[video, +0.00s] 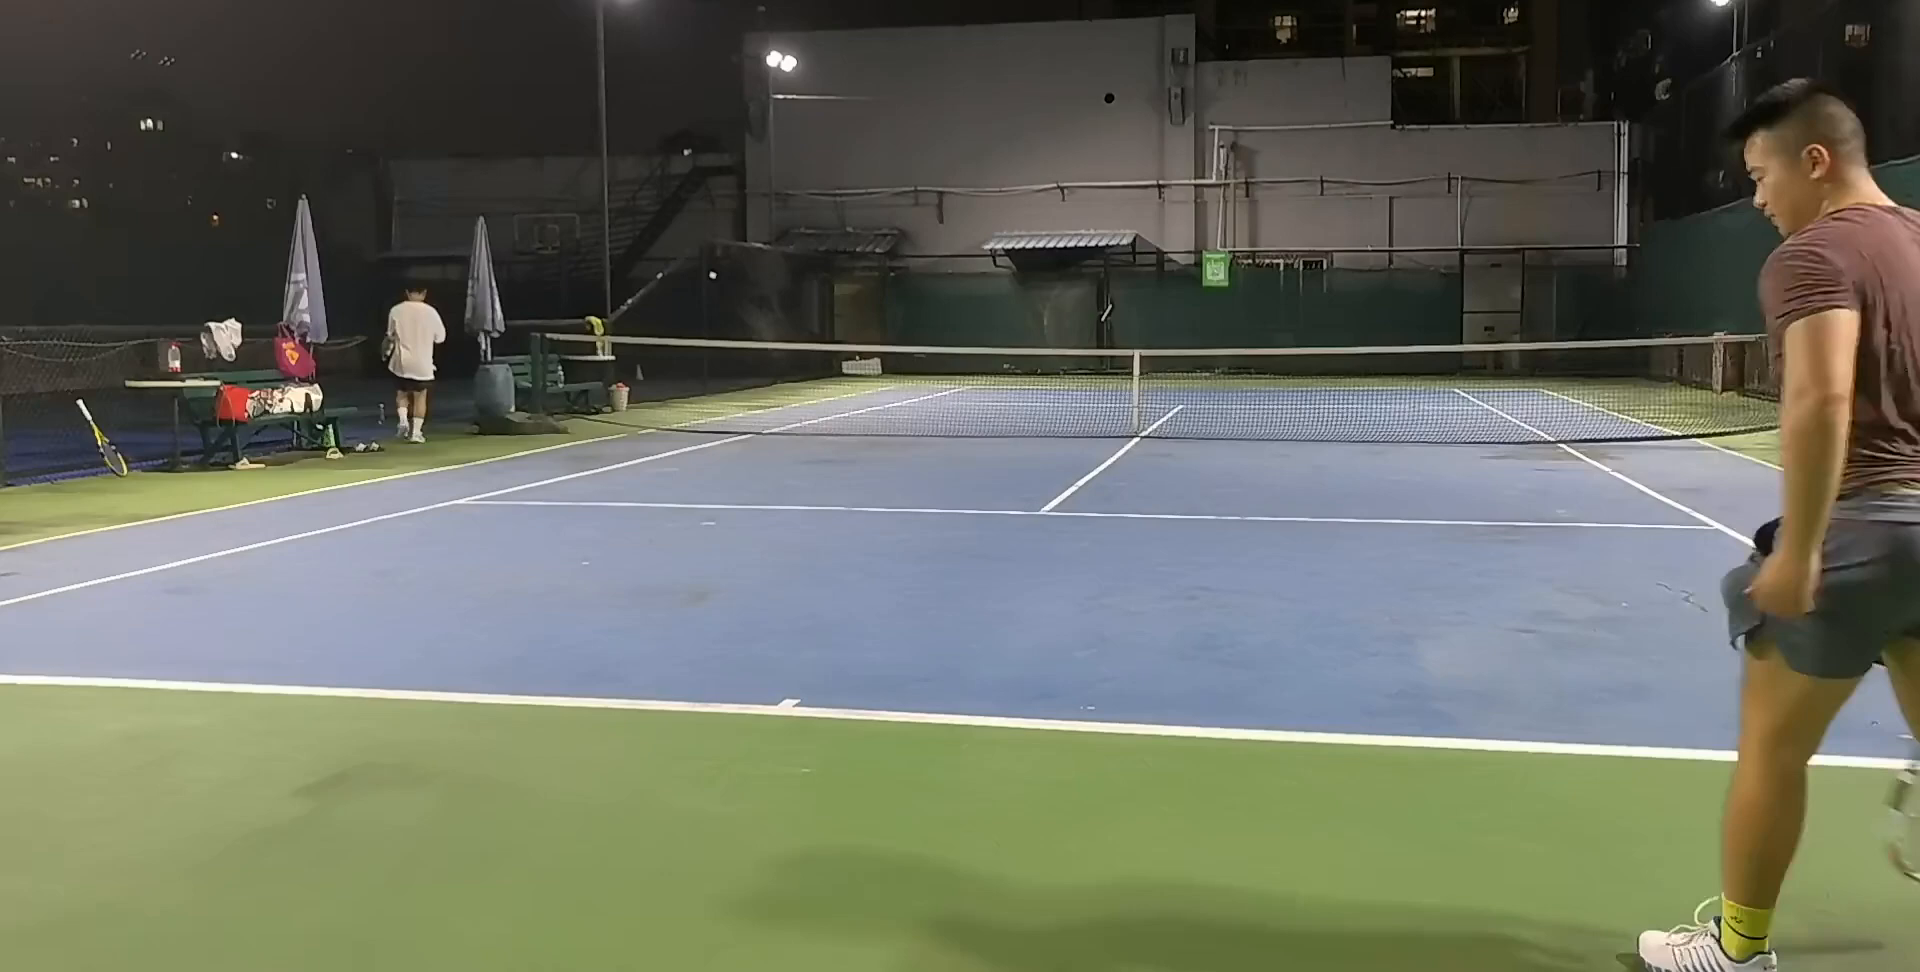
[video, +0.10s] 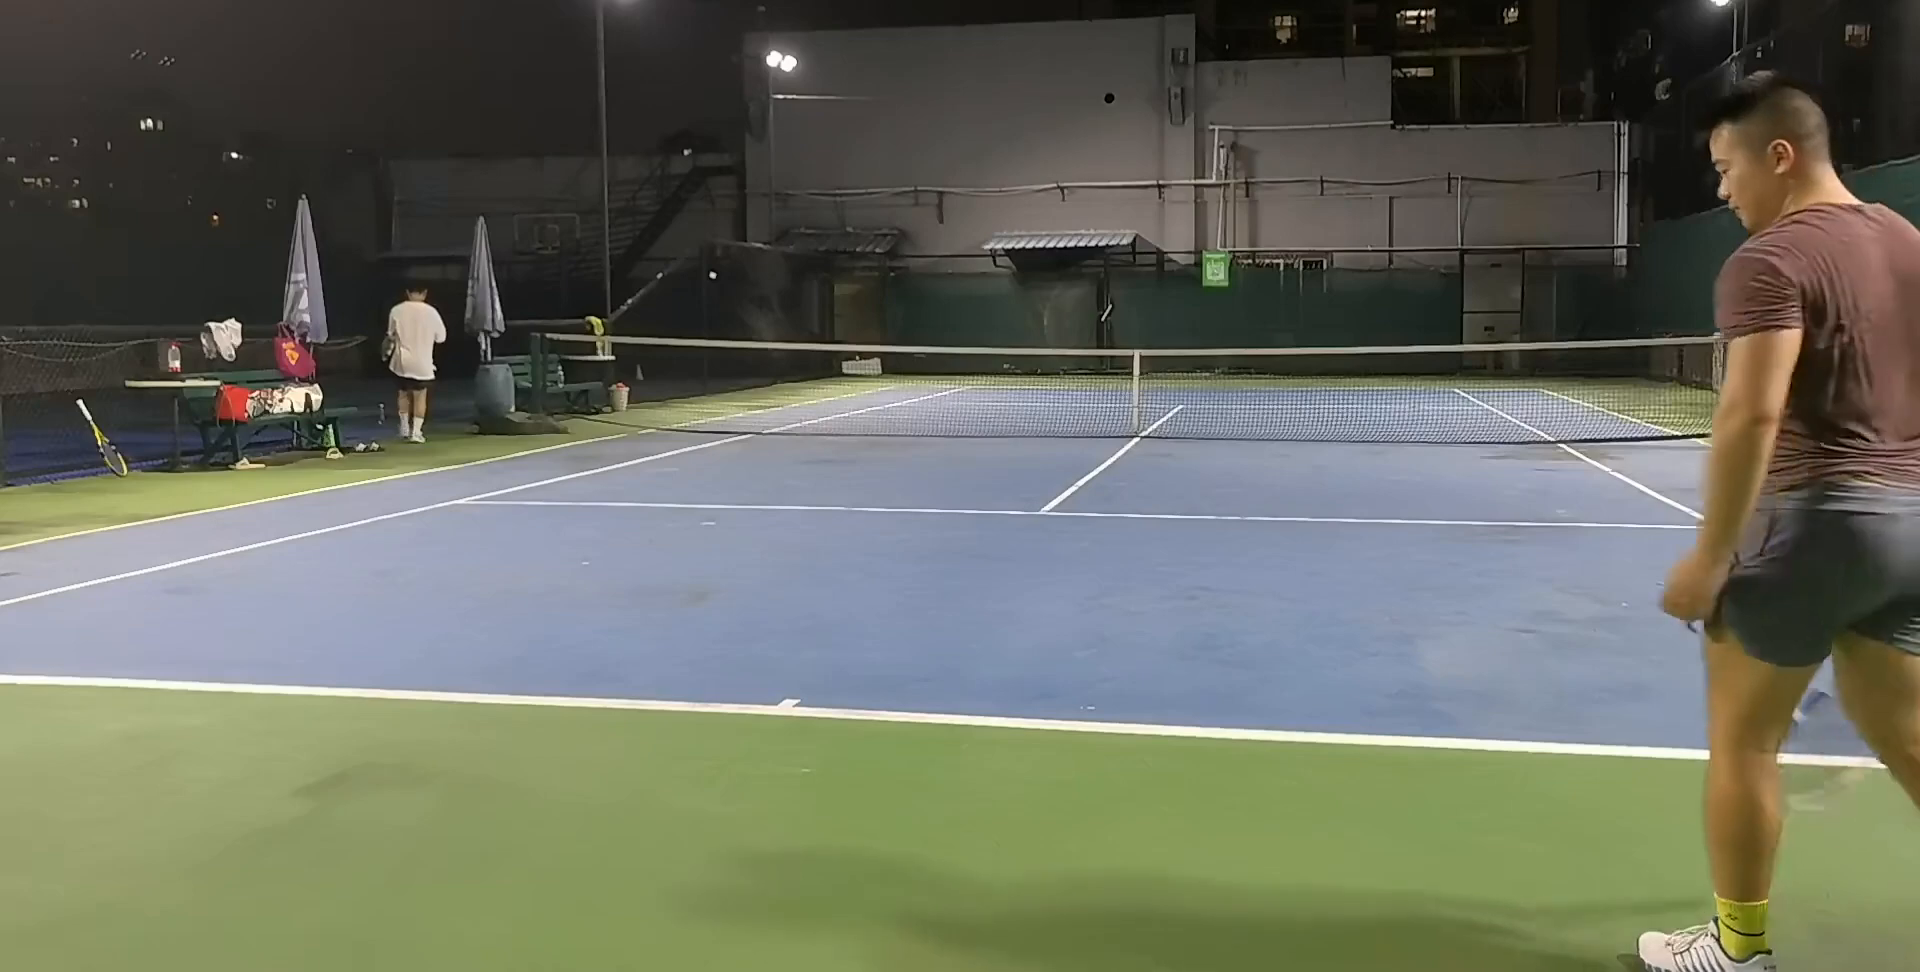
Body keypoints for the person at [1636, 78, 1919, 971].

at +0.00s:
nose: (1757, 201)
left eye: (1762, 179)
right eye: (1753, 183)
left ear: (1820, 162)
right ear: (1833, 162)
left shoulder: (1813, 255)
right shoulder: (1911, 234)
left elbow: (1823, 400)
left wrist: (1796, 551)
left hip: (1858, 530)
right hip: (1917, 521)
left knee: (1773, 747)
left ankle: (1738, 943)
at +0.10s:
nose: (1722, 188)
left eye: (1727, 166)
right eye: (1718, 169)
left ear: (1783, 155)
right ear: (1809, 155)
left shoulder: (1769, 260)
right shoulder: (1903, 237)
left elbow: (1753, 416)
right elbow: (1901, 394)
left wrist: (1709, 555)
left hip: (1814, 521)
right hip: (1907, 513)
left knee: (1745, 743)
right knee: (1899, 732)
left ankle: (1739, 943)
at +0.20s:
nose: (1684, 184)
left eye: (1691, 163)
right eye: (1681, 165)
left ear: (1747, 153)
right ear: (1769, 155)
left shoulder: (1725, 261)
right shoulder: (1880, 249)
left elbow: (1672, 419)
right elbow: (1905, 400)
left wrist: (1605, 530)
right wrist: (1897, 496)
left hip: (1769, 514)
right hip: (1871, 513)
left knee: (1723, 739)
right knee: (1828, 714)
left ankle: (1740, 944)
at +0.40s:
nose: (1621, 183)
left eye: (1627, 164)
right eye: (1618, 165)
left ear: (1680, 157)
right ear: (1705, 158)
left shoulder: (1650, 265)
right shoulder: (1805, 253)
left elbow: (1565, 396)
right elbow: (1836, 398)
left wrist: (1504, 443)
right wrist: (1840, 496)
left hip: (1694, 512)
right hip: (1788, 508)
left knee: (1702, 736)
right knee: (1699, 696)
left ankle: (1740, 939)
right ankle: (1721, 879)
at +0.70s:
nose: (1540, 178)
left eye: (1546, 163)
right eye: (1542, 162)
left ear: (1582, 168)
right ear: (1626, 169)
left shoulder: (1555, 250)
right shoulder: (1694, 268)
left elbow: (1506, 380)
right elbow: (1725, 411)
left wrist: (1479, 482)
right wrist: (1735, 513)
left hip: (1590, 497)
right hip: (1672, 496)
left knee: (1587, 708)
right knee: (1595, 682)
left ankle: (1703, 898)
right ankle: (1581, 856)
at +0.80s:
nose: (1516, 180)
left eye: (1520, 165)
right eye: (1518, 166)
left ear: (1550, 169)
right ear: (1606, 170)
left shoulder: (1533, 244)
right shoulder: (1659, 268)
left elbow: (1500, 360)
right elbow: (1680, 408)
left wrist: (1478, 478)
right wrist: (1681, 508)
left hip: (1551, 491)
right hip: (1641, 490)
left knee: (1503, 681)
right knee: (1583, 669)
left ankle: (1643, 842)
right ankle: (1580, 851)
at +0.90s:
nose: (1489, 175)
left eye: (1492, 161)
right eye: (1491, 161)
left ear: (1513, 166)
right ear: (1570, 167)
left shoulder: (1511, 242)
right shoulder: (1619, 262)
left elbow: (1494, 351)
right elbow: (1633, 399)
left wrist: (1470, 466)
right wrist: (1629, 491)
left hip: (1529, 482)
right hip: (1605, 479)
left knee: (1443, 655)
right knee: (1570, 666)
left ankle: (1556, 825)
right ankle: (1588, 859)